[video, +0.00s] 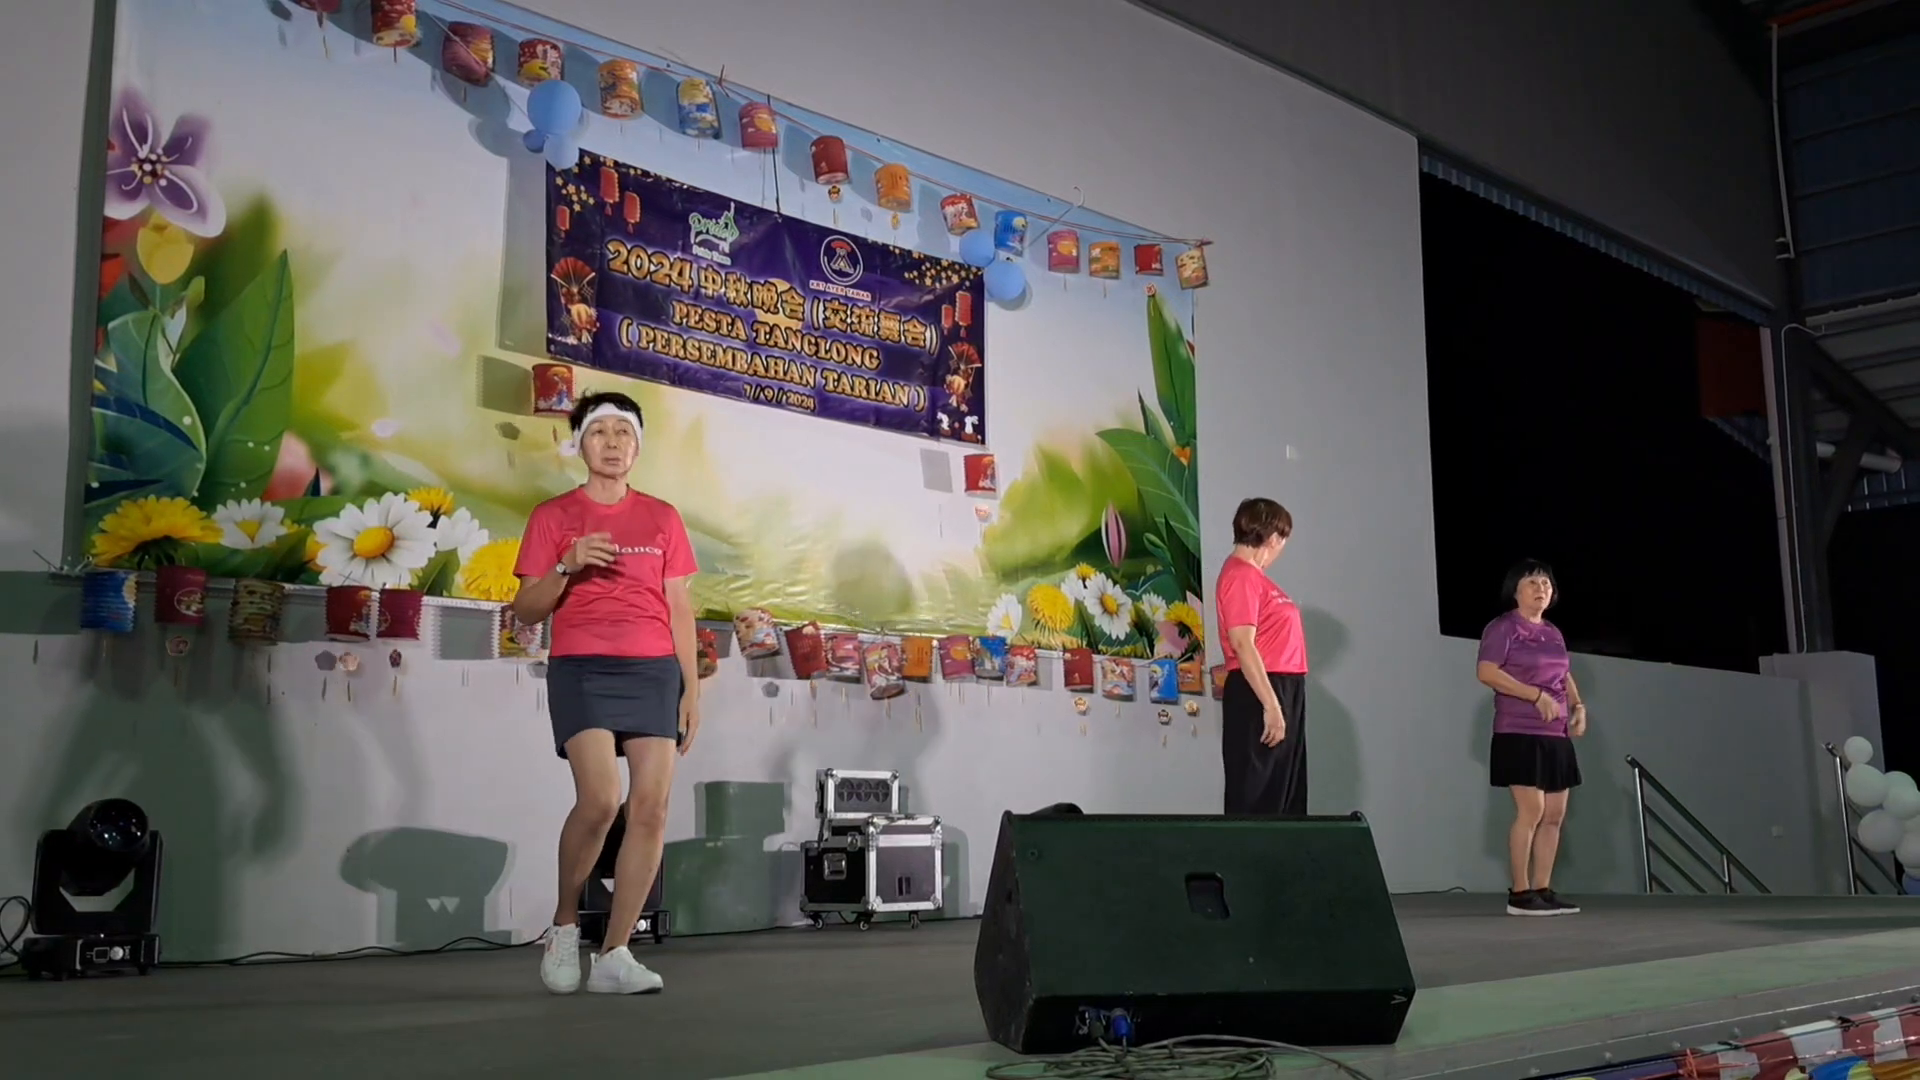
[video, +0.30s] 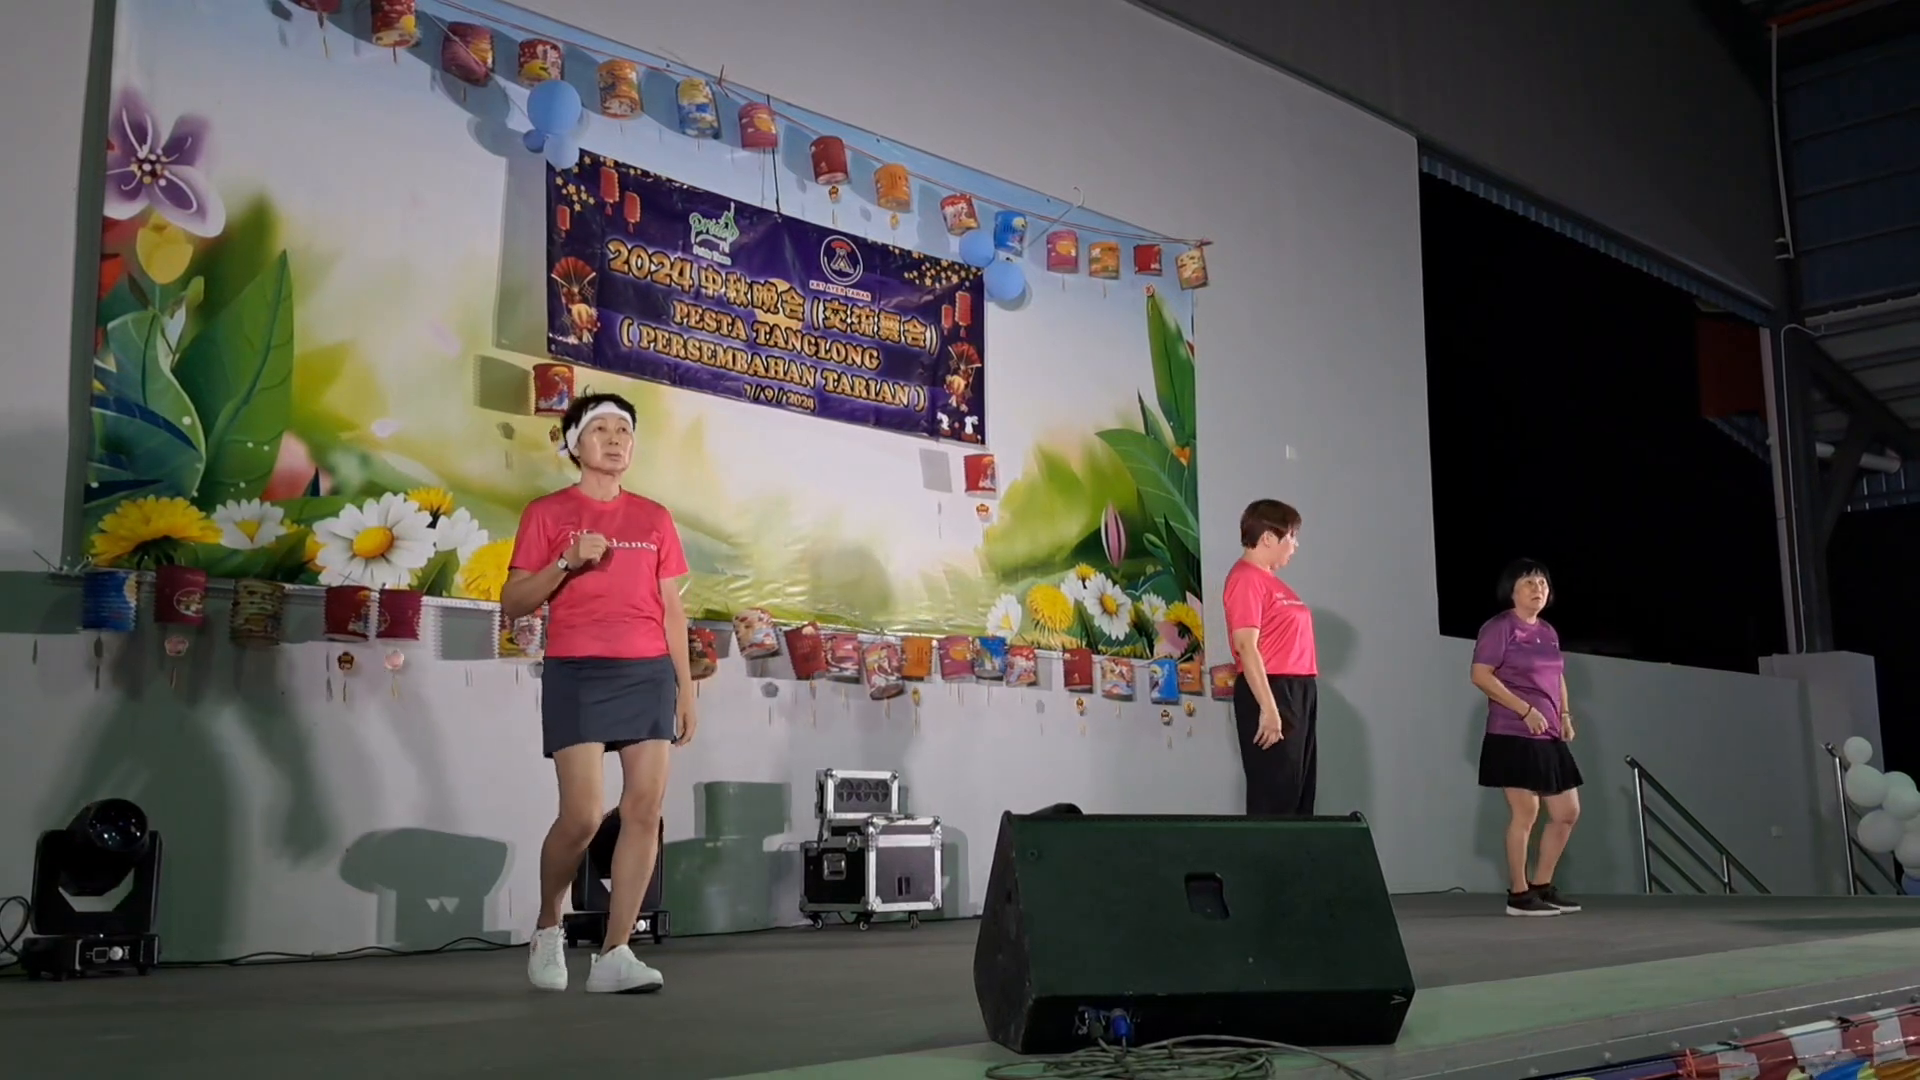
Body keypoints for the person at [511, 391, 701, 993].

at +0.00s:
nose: (612, 441)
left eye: (624, 432)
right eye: (599, 431)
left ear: (638, 447)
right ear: (580, 445)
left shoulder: (663, 517)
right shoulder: (553, 515)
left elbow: (681, 607)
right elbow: (527, 608)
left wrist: (691, 686)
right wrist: (567, 566)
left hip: (657, 672)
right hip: (580, 669)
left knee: (653, 807)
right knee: (600, 800)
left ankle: (615, 952)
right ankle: (564, 928)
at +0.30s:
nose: (613, 439)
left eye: (622, 431)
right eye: (600, 430)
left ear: (633, 447)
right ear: (576, 445)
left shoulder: (655, 518)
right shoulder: (547, 513)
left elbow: (673, 610)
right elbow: (514, 602)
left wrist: (686, 687)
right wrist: (566, 563)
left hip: (651, 673)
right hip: (575, 674)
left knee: (645, 809)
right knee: (583, 815)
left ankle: (616, 952)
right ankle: (549, 929)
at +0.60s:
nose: (600, 444)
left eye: (609, 436)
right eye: (587, 434)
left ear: (620, 451)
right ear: (561, 448)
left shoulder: (637, 523)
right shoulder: (532, 517)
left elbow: (654, 615)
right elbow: (506, 604)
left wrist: (665, 693)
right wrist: (559, 552)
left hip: (628, 679)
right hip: (552, 677)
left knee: (633, 807)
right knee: (549, 820)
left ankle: (614, 952)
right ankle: (544, 948)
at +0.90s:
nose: (591, 454)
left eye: (599, 447)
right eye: (578, 444)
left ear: (608, 462)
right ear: (551, 457)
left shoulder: (625, 531)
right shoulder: (520, 528)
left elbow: (636, 624)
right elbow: (488, 618)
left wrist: (642, 706)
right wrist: (546, 580)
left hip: (610, 682)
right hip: (536, 681)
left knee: (625, 798)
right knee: (543, 817)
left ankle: (618, 945)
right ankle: (543, 948)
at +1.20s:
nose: (586, 448)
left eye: (593, 441)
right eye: (572, 439)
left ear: (604, 456)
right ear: (546, 453)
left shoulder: (623, 526)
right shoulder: (517, 522)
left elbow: (636, 617)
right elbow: (484, 610)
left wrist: (637, 686)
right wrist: (543, 569)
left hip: (614, 676)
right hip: (540, 677)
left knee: (628, 800)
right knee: (546, 815)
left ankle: (619, 947)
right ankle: (543, 947)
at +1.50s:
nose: (586, 450)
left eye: (594, 442)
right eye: (573, 440)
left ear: (603, 455)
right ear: (545, 451)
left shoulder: (618, 524)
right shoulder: (516, 520)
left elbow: (634, 616)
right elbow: (491, 608)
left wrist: (643, 695)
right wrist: (548, 561)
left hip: (614, 677)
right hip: (541, 678)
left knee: (625, 804)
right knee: (545, 819)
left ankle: (618, 947)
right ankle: (543, 947)